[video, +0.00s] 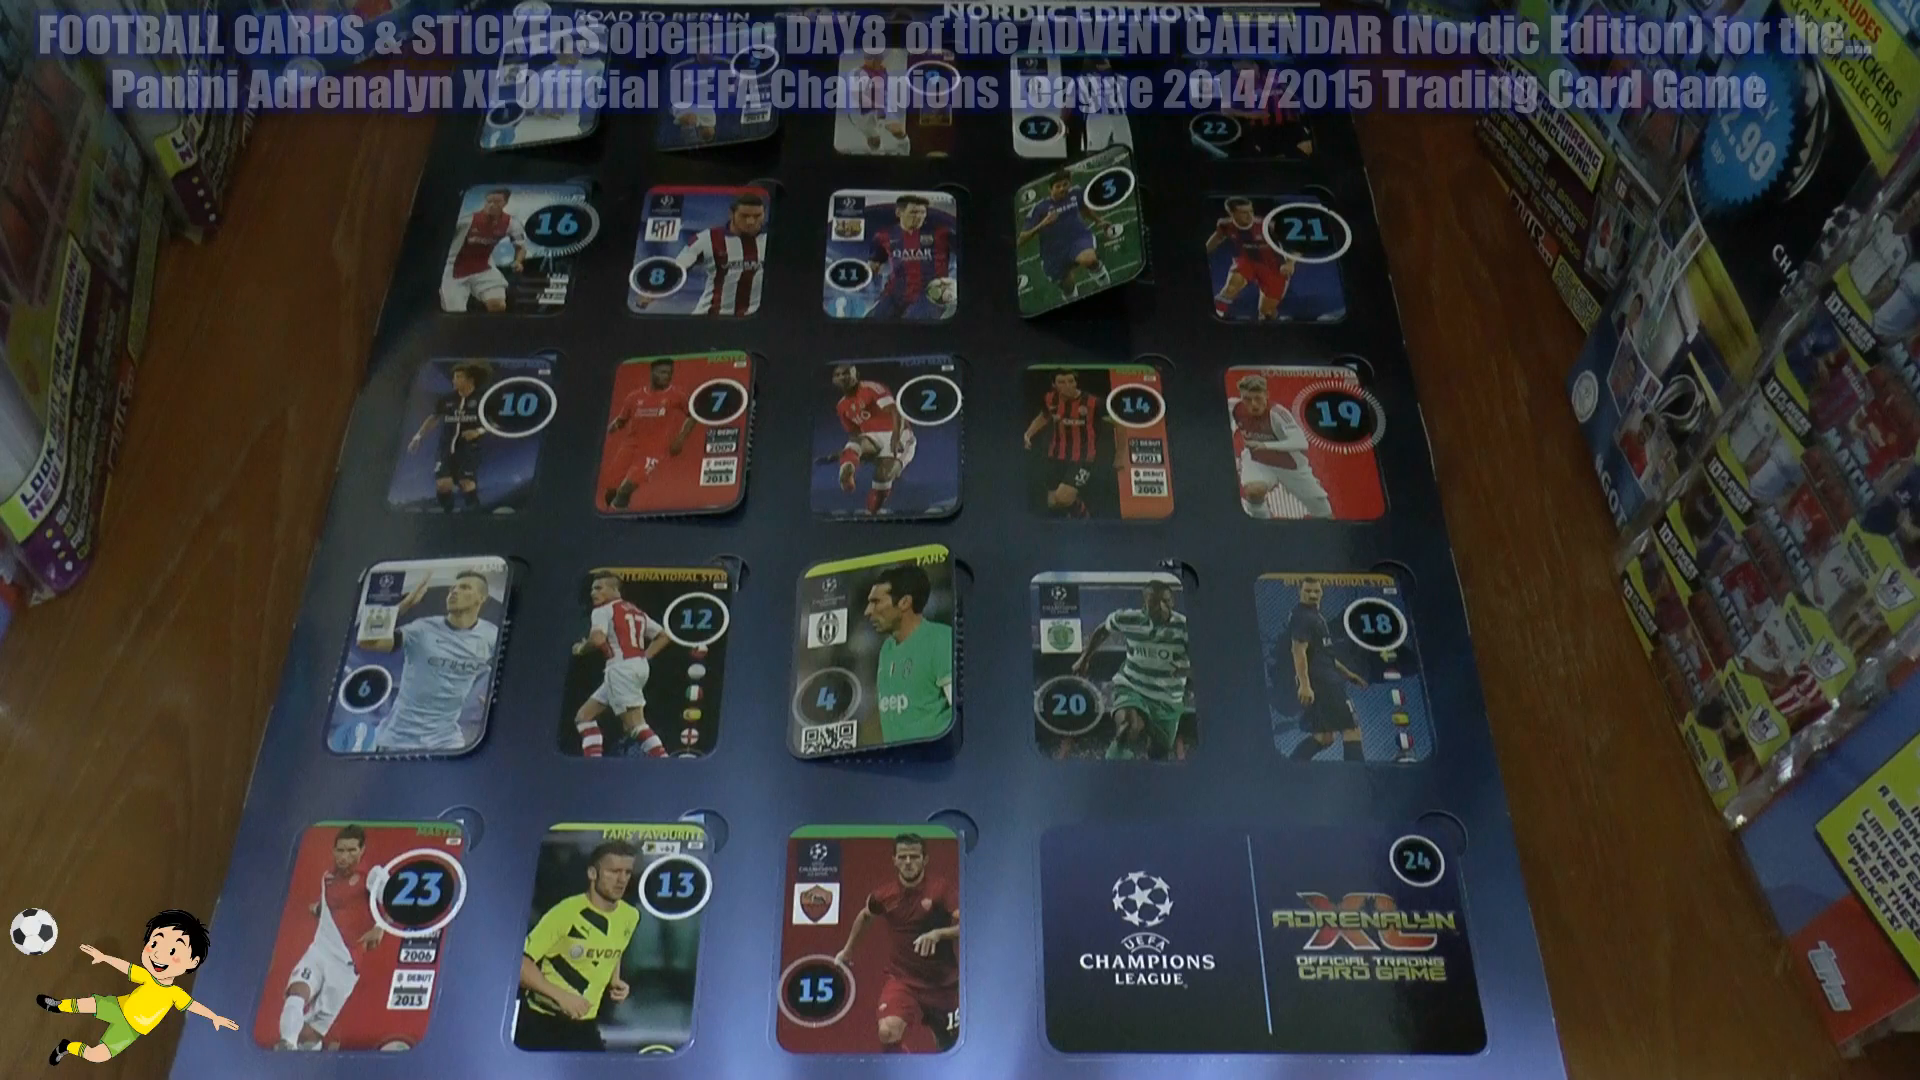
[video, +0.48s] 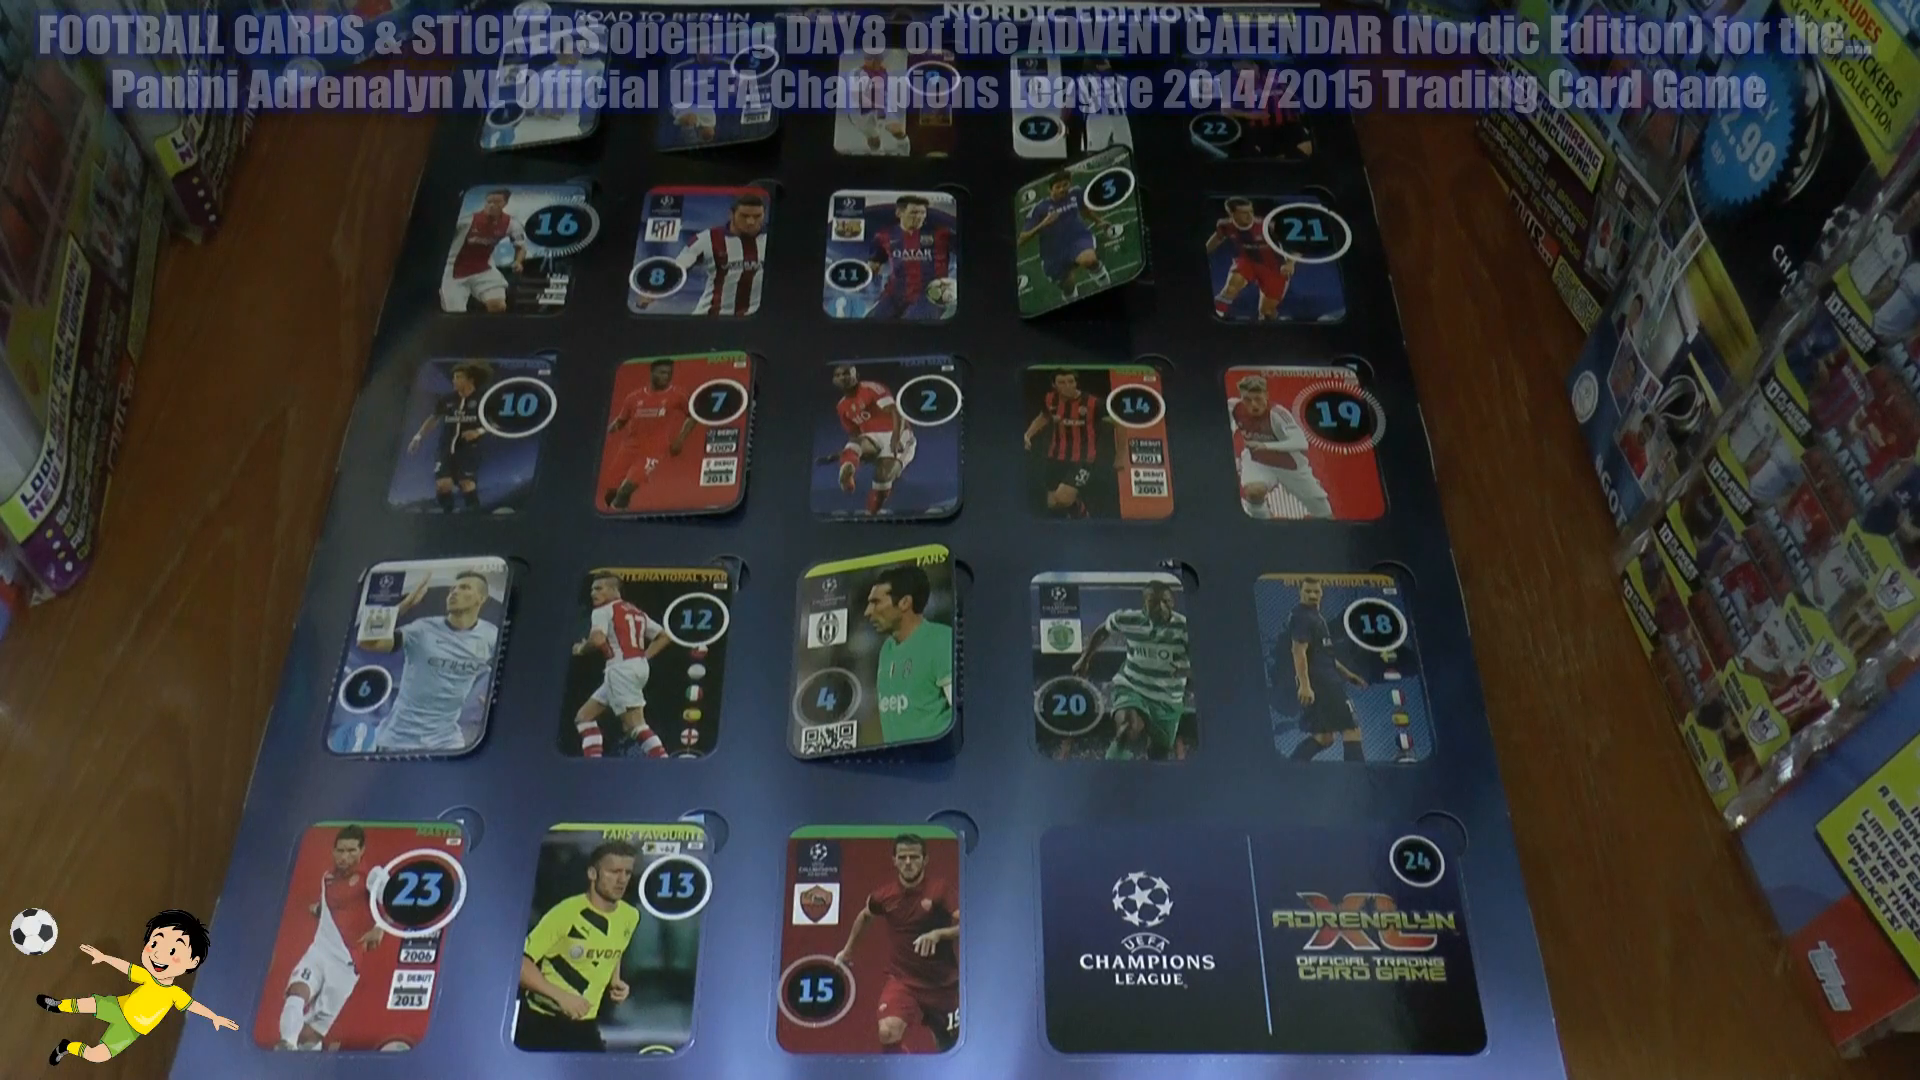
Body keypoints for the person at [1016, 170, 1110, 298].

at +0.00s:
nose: (1062, 189)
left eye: (1065, 185)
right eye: (1058, 187)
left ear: (1069, 185)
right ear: (1051, 189)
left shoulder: (1076, 195)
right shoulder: (1041, 207)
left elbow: (1084, 209)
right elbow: (1022, 238)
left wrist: (1098, 220)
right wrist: (1043, 223)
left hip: (1078, 239)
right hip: (1054, 251)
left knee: (1089, 260)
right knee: (1067, 286)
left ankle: (1098, 271)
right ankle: (1071, 296)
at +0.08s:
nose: (1062, 190)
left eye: (1065, 185)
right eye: (1058, 187)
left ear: (1070, 185)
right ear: (1051, 190)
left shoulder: (1076, 195)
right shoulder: (1041, 208)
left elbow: (1084, 210)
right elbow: (1022, 238)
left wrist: (1098, 220)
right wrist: (1043, 223)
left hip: (1078, 239)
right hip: (1054, 252)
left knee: (1089, 260)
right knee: (1067, 286)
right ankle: (1071, 296)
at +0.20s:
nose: (1062, 190)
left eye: (1065, 185)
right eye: (1058, 187)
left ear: (1070, 185)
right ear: (1051, 190)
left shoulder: (1076, 195)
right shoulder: (1040, 208)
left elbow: (1084, 210)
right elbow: (1022, 239)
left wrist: (1098, 220)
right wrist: (1043, 224)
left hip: (1078, 240)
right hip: (1054, 252)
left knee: (1090, 261)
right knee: (1067, 287)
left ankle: (1107, 288)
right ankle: (1070, 297)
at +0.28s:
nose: (1062, 190)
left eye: (1065, 185)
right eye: (1058, 187)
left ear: (1069, 185)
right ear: (1051, 190)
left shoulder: (1076, 195)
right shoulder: (1041, 208)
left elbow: (1084, 210)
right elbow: (1022, 239)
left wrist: (1098, 220)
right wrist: (1043, 224)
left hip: (1077, 240)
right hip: (1054, 253)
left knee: (1090, 261)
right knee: (1067, 286)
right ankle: (1071, 297)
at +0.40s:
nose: (1062, 190)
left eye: (1065, 185)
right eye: (1058, 187)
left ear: (1069, 185)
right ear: (1051, 190)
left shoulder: (1076, 195)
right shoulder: (1041, 208)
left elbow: (1084, 210)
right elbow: (1022, 239)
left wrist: (1098, 220)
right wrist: (1044, 223)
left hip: (1078, 240)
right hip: (1054, 253)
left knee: (1090, 260)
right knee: (1067, 286)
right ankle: (1071, 297)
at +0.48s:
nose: (1062, 190)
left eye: (1065, 185)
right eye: (1058, 187)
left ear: (1069, 185)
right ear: (1051, 190)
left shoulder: (1076, 195)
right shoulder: (1041, 208)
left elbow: (1084, 210)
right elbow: (1022, 239)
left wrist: (1098, 221)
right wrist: (1044, 223)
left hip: (1078, 239)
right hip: (1054, 253)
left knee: (1089, 260)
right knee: (1068, 285)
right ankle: (1071, 296)